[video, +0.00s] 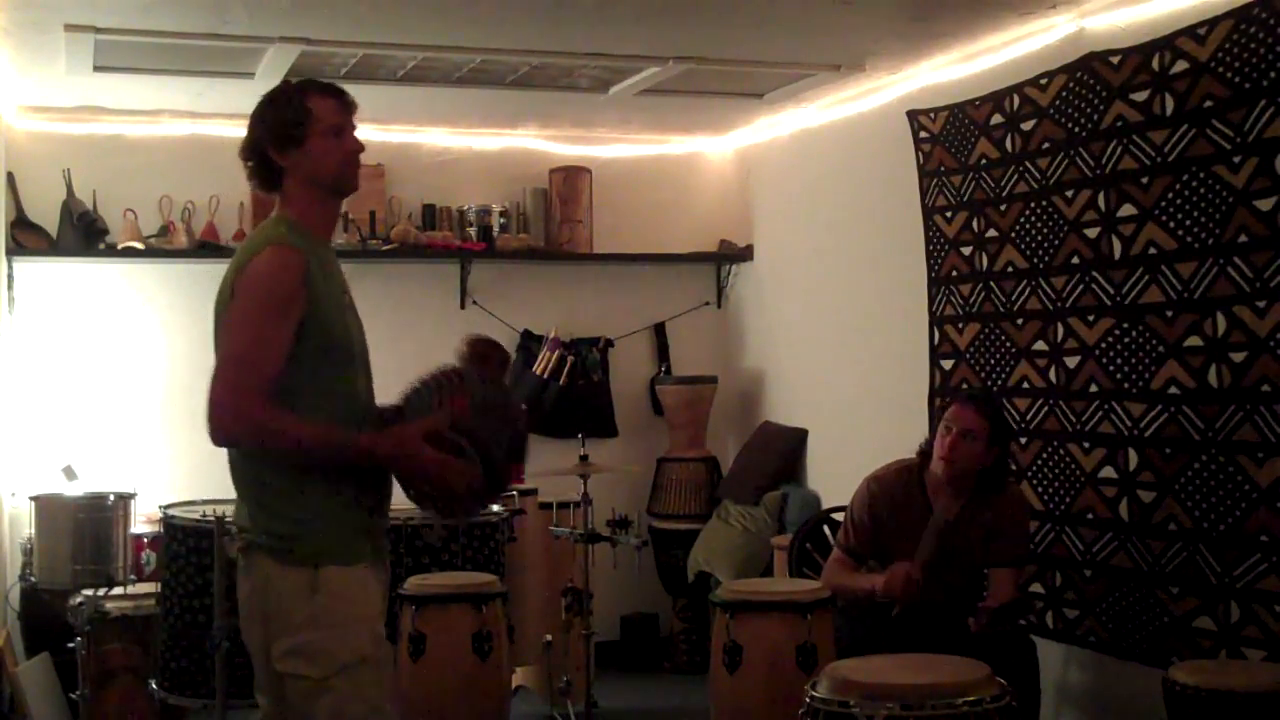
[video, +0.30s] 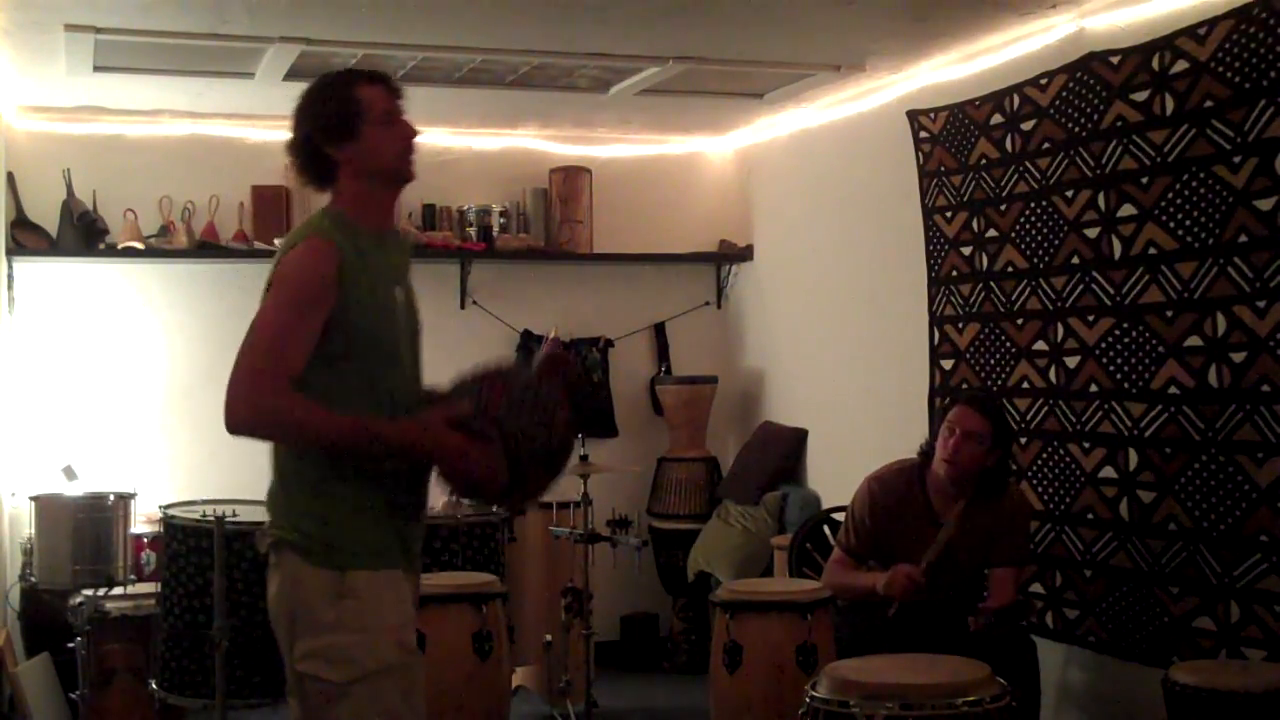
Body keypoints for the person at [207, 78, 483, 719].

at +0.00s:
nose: (358, 145)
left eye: (355, 131)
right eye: (339, 133)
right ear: (286, 152)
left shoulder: (307, 257)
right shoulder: (279, 259)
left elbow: (324, 414)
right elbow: (233, 414)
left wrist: (418, 417)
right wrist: (384, 449)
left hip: (329, 560)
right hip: (309, 566)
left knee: (329, 707)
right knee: (340, 708)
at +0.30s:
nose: (411, 130)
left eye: (403, 117)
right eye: (390, 120)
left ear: (358, 147)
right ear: (341, 146)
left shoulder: (389, 251)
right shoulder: (317, 252)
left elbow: (375, 400)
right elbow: (248, 404)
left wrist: (464, 401)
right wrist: (407, 437)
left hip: (381, 550)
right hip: (333, 559)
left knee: (388, 704)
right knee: (360, 707)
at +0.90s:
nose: (482, 122)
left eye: (475, 106)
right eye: (462, 109)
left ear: (409, 134)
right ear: (406, 130)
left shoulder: (404, 233)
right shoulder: (413, 248)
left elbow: (488, 337)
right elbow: (461, 433)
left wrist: (614, 338)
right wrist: (617, 405)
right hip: (408, 577)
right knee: (434, 708)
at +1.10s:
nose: (480, 130)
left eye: (474, 113)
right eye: (461, 115)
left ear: (409, 139)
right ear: (404, 136)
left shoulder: (429, 245)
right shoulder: (410, 259)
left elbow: (505, 354)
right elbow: (468, 439)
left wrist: (618, 359)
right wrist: (601, 385)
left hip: (457, 566)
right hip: (428, 578)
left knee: (491, 707)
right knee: (448, 710)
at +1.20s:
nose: (485, 128)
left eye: (478, 112)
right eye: (464, 115)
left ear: (413, 141)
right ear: (407, 138)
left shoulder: (412, 241)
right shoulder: (424, 256)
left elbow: (489, 376)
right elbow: (466, 440)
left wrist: (624, 365)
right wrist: (615, 416)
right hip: (442, 577)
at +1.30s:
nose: (494, 124)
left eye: (486, 110)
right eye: (472, 113)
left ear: (426, 140)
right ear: (418, 136)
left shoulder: (422, 243)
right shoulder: (436, 254)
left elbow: (487, 389)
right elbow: (439, 438)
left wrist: (602, 376)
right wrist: (577, 422)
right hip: (457, 578)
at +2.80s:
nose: (730, 155)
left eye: (728, 140)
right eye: (716, 139)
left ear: (676, 154)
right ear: (663, 150)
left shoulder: (666, 255)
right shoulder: (623, 254)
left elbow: (703, 374)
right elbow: (625, 408)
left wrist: (775, 341)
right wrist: (772, 391)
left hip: (639, 523)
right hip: (591, 529)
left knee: (681, 697)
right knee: (638, 702)